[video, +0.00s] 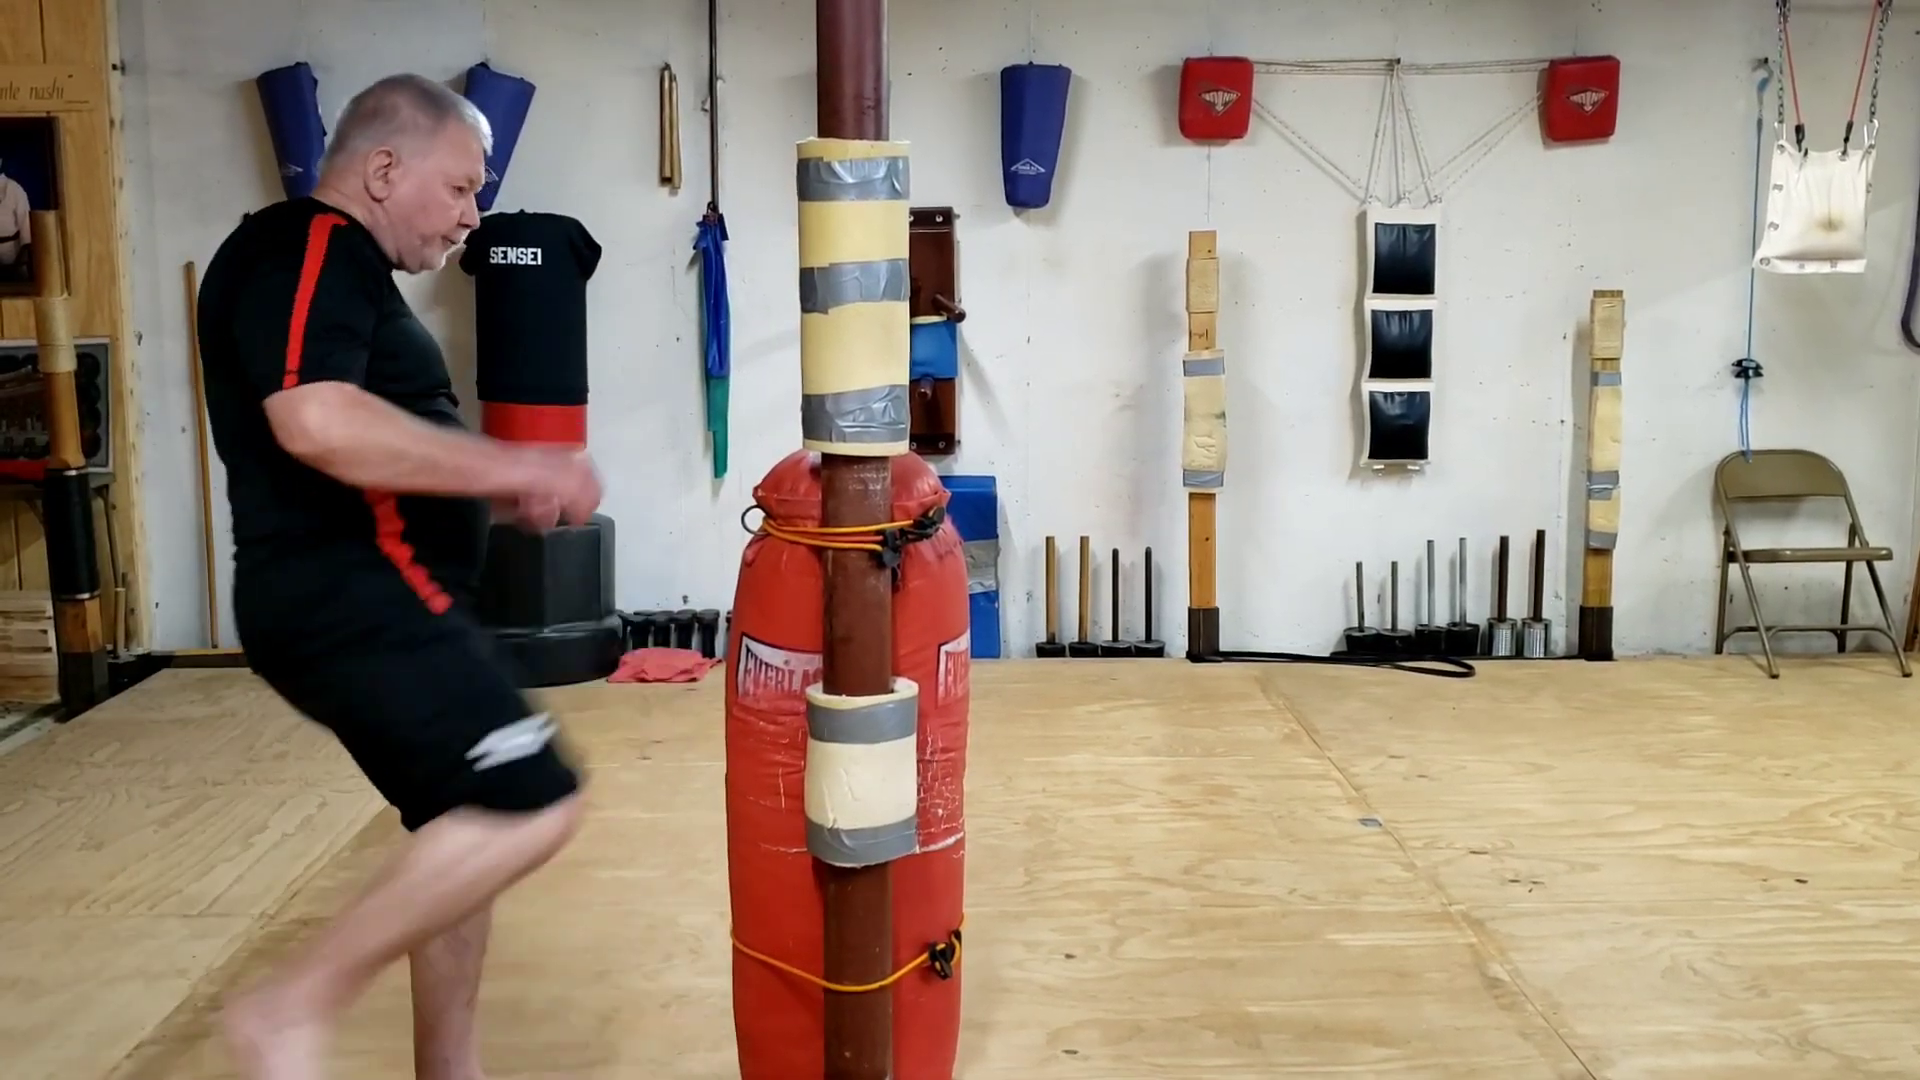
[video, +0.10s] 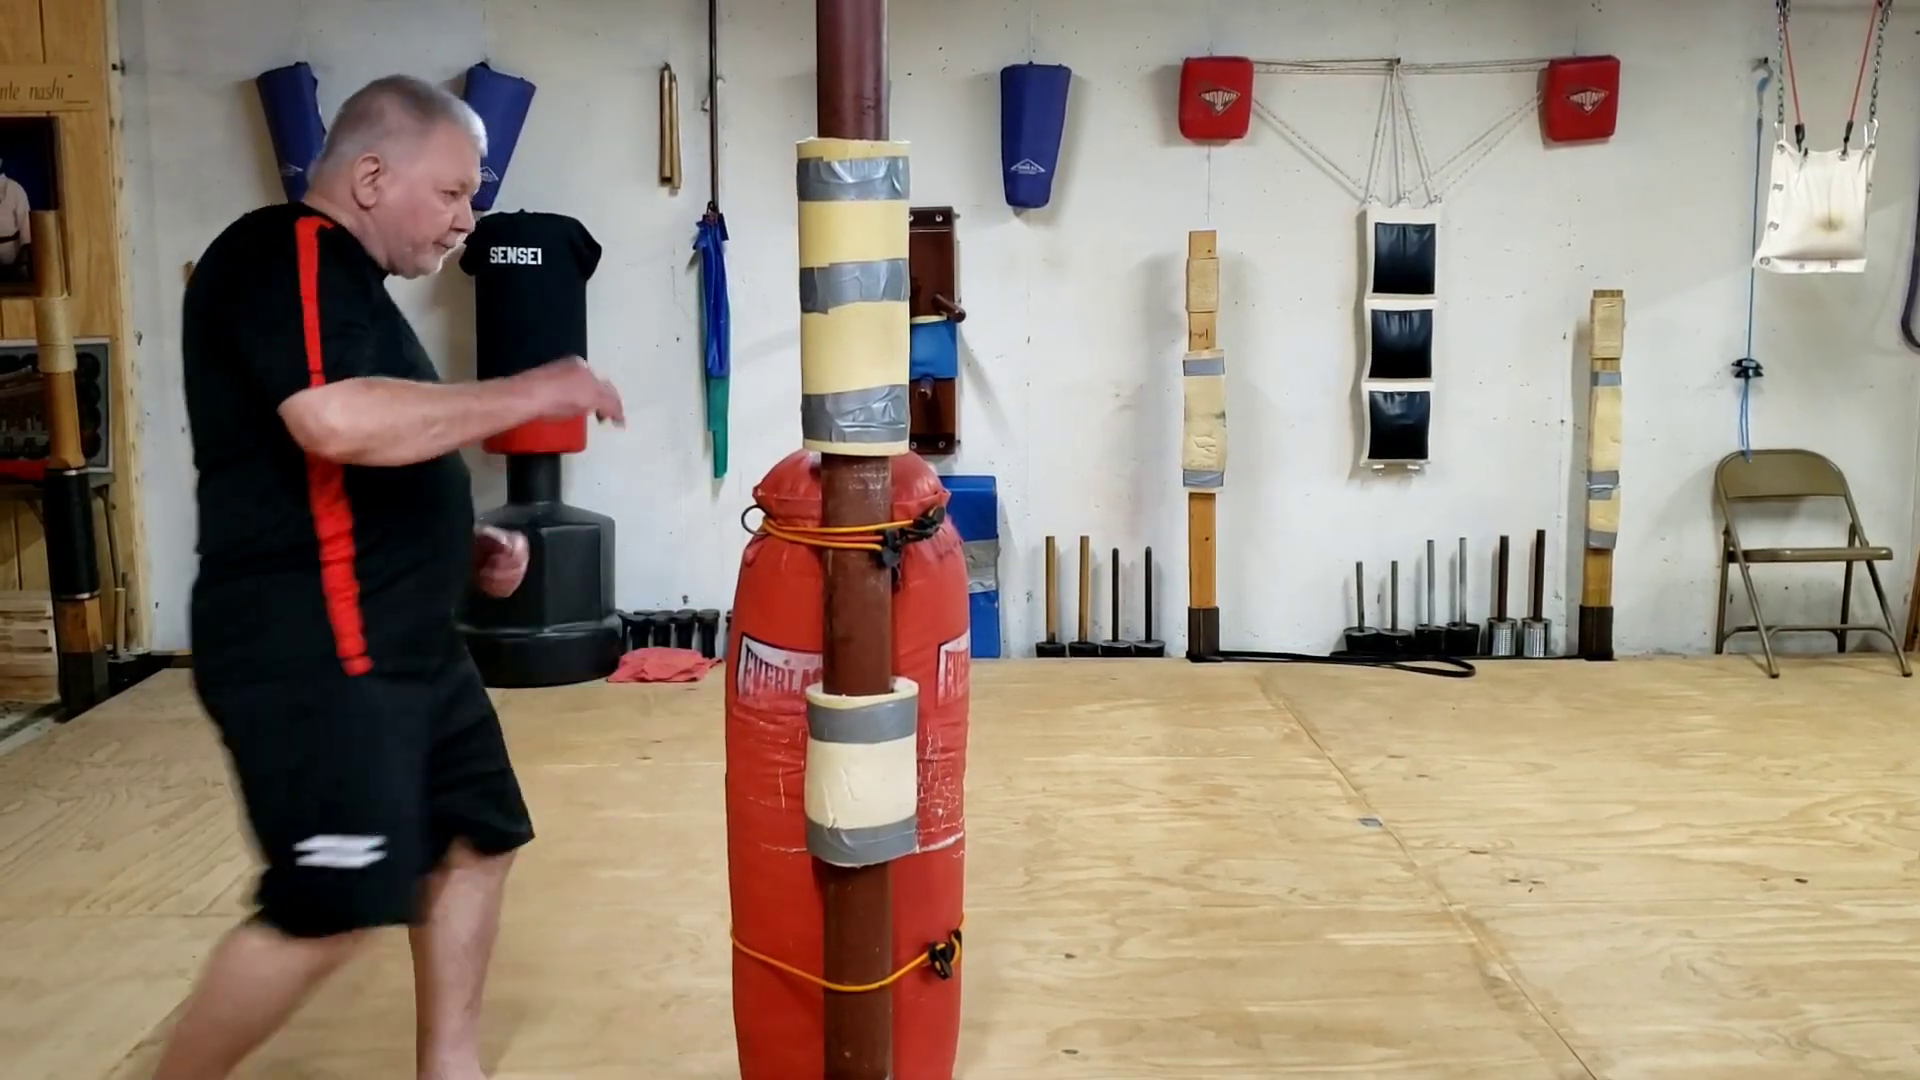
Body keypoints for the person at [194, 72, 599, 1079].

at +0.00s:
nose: (469, 221)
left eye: (475, 198)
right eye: (460, 190)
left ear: (376, 176)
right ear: (382, 168)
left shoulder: (317, 253)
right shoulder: (311, 244)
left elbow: (361, 429)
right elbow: (313, 415)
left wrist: (503, 480)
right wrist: (518, 468)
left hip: (340, 593)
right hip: (344, 592)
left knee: (469, 822)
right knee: (533, 796)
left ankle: (449, 1067)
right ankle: (286, 1009)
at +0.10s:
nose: (466, 224)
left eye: (470, 201)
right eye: (454, 194)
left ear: (374, 184)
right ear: (371, 177)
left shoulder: (346, 276)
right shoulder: (279, 250)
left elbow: (342, 474)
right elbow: (335, 417)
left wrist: (461, 543)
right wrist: (530, 394)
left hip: (409, 636)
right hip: (305, 647)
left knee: (478, 835)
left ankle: (451, 1070)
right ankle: (167, 1071)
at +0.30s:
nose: (412, 243)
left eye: (416, 217)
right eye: (391, 218)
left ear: (311, 216)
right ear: (301, 212)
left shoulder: (353, 303)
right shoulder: (186, 296)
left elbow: (334, 487)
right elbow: (202, 496)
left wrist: (429, 525)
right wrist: (410, 449)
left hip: (365, 656)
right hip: (218, 686)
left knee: (482, 839)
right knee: (185, 946)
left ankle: (447, 1066)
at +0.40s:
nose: (391, 226)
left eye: (395, 200)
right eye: (370, 201)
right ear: (276, 196)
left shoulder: (359, 294)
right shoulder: (157, 287)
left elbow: (383, 458)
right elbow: (96, 496)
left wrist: (447, 433)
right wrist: (308, 509)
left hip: (358, 650)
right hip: (206, 676)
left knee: (460, 840)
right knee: (174, 933)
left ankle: (444, 1067)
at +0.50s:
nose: (395, 235)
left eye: (398, 209)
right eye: (374, 210)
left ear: (295, 207)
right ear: (281, 206)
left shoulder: (369, 290)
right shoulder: (147, 299)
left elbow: (474, 391)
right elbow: (37, 483)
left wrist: (551, 335)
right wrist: (212, 599)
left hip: (349, 648)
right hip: (196, 677)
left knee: (459, 837)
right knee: (185, 939)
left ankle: (446, 1067)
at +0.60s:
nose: (415, 236)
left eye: (418, 213)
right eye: (395, 212)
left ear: (319, 207)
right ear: (305, 205)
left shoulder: (373, 294)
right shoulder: (166, 305)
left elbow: (499, 359)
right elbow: (45, 477)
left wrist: (614, 335)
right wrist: (168, 643)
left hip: (352, 662)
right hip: (217, 683)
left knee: (455, 833)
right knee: (188, 944)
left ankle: (445, 1069)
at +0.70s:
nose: (435, 234)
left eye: (440, 211)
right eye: (421, 208)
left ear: (345, 201)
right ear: (334, 194)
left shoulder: (367, 295)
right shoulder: (218, 276)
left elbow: (398, 446)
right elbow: (141, 469)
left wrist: (493, 447)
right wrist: (367, 478)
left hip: (361, 655)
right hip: (230, 675)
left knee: (465, 828)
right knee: (177, 928)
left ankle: (446, 1064)